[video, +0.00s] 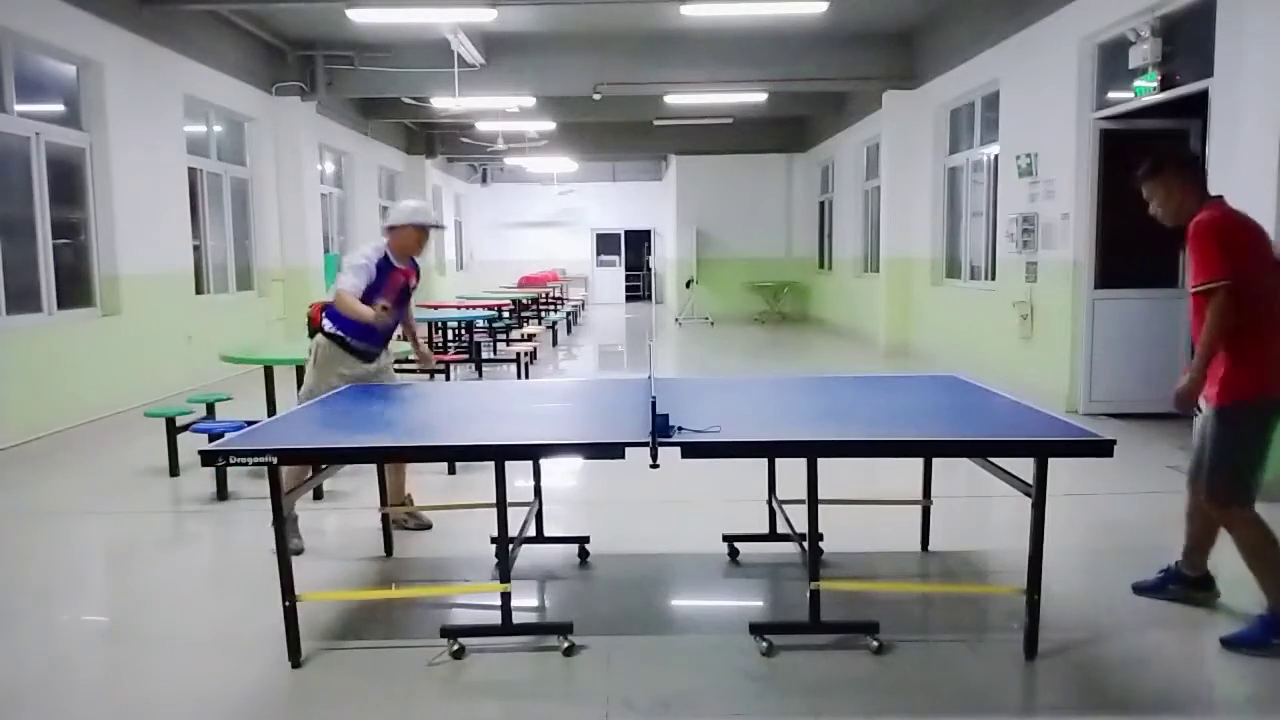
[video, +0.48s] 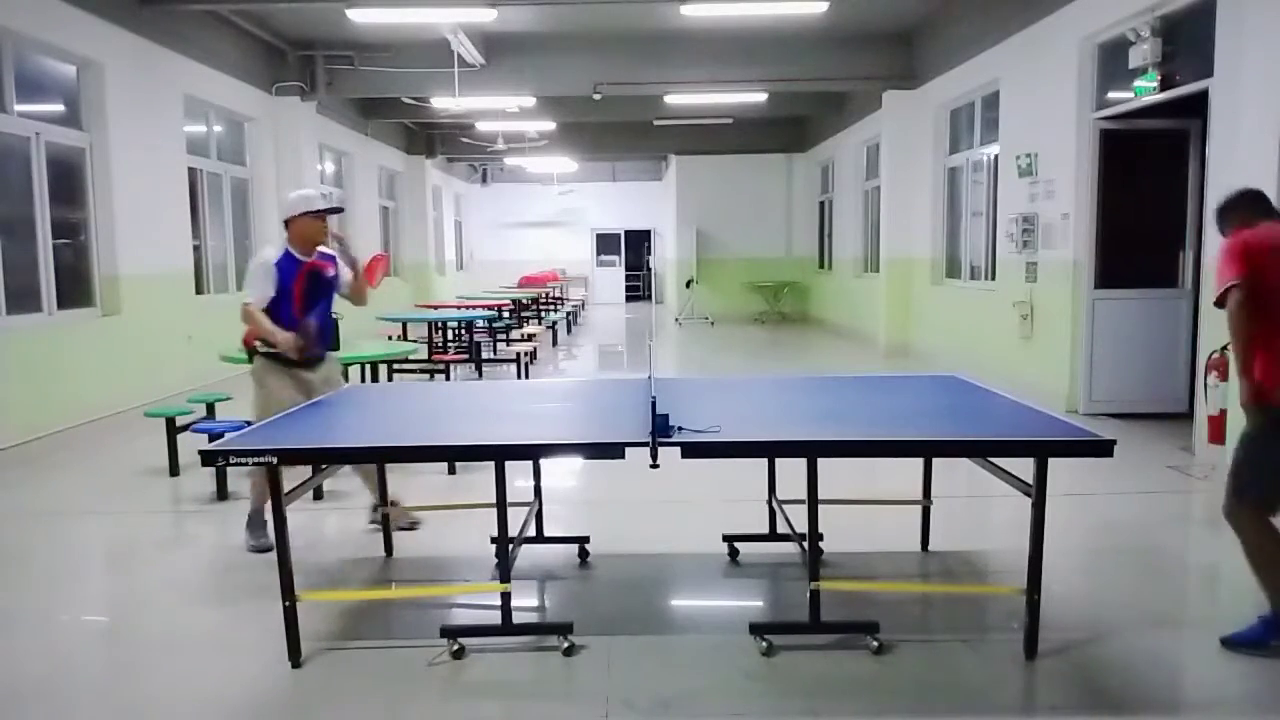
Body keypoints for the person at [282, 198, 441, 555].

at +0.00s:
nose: (425, 241)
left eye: (427, 234)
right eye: (420, 233)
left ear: (419, 235)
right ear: (397, 230)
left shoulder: (411, 269)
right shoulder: (368, 258)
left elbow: (404, 309)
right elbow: (341, 297)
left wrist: (418, 344)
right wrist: (370, 313)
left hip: (378, 359)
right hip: (336, 354)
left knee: (396, 429)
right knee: (308, 436)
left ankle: (396, 504)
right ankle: (287, 513)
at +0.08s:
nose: (413, 225)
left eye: (413, 218)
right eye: (407, 217)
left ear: (405, 222)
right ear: (385, 219)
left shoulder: (403, 260)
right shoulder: (355, 250)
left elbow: (402, 300)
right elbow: (331, 289)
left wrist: (417, 337)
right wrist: (357, 301)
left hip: (377, 355)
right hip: (336, 352)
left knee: (395, 429)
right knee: (307, 433)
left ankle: (397, 505)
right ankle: (283, 509)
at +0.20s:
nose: (390, 213)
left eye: (390, 207)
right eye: (383, 207)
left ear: (382, 211)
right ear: (361, 209)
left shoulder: (388, 250)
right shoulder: (337, 246)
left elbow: (395, 291)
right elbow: (312, 283)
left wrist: (420, 320)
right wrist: (334, 294)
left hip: (372, 353)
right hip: (330, 352)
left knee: (395, 426)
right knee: (310, 433)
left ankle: (398, 504)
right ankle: (274, 507)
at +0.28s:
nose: (365, 214)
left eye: (365, 208)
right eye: (357, 208)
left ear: (359, 214)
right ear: (334, 213)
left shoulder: (371, 253)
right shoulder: (313, 252)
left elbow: (387, 290)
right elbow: (288, 291)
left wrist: (416, 301)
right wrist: (311, 300)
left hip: (362, 358)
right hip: (318, 358)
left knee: (388, 430)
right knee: (304, 438)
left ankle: (397, 504)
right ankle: (268, 508)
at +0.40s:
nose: (338, 224)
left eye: (337, 218)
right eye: (329, 217)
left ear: (330, 223)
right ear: (305, 223)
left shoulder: (341, 262)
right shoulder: (288, 264)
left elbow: (367, 303)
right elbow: (261, 308)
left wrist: (374, 281)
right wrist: (294, 324)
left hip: (332, 364)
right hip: (289, 366)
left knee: (370, 432)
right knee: (286, 443)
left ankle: (396, 505)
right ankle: (258, 513)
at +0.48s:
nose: (327, 224)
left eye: (326, 218)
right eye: (319, 218)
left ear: (314, 224)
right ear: (294, 223)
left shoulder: (328, 259)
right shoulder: (269, 261)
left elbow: (359, 297)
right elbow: (250, 311)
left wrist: (351, 256)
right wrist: (279, 336)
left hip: (321, 365)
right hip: (277, 368)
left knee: (355, 433)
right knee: (271, 443)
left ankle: (384, 503)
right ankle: (257, 517)